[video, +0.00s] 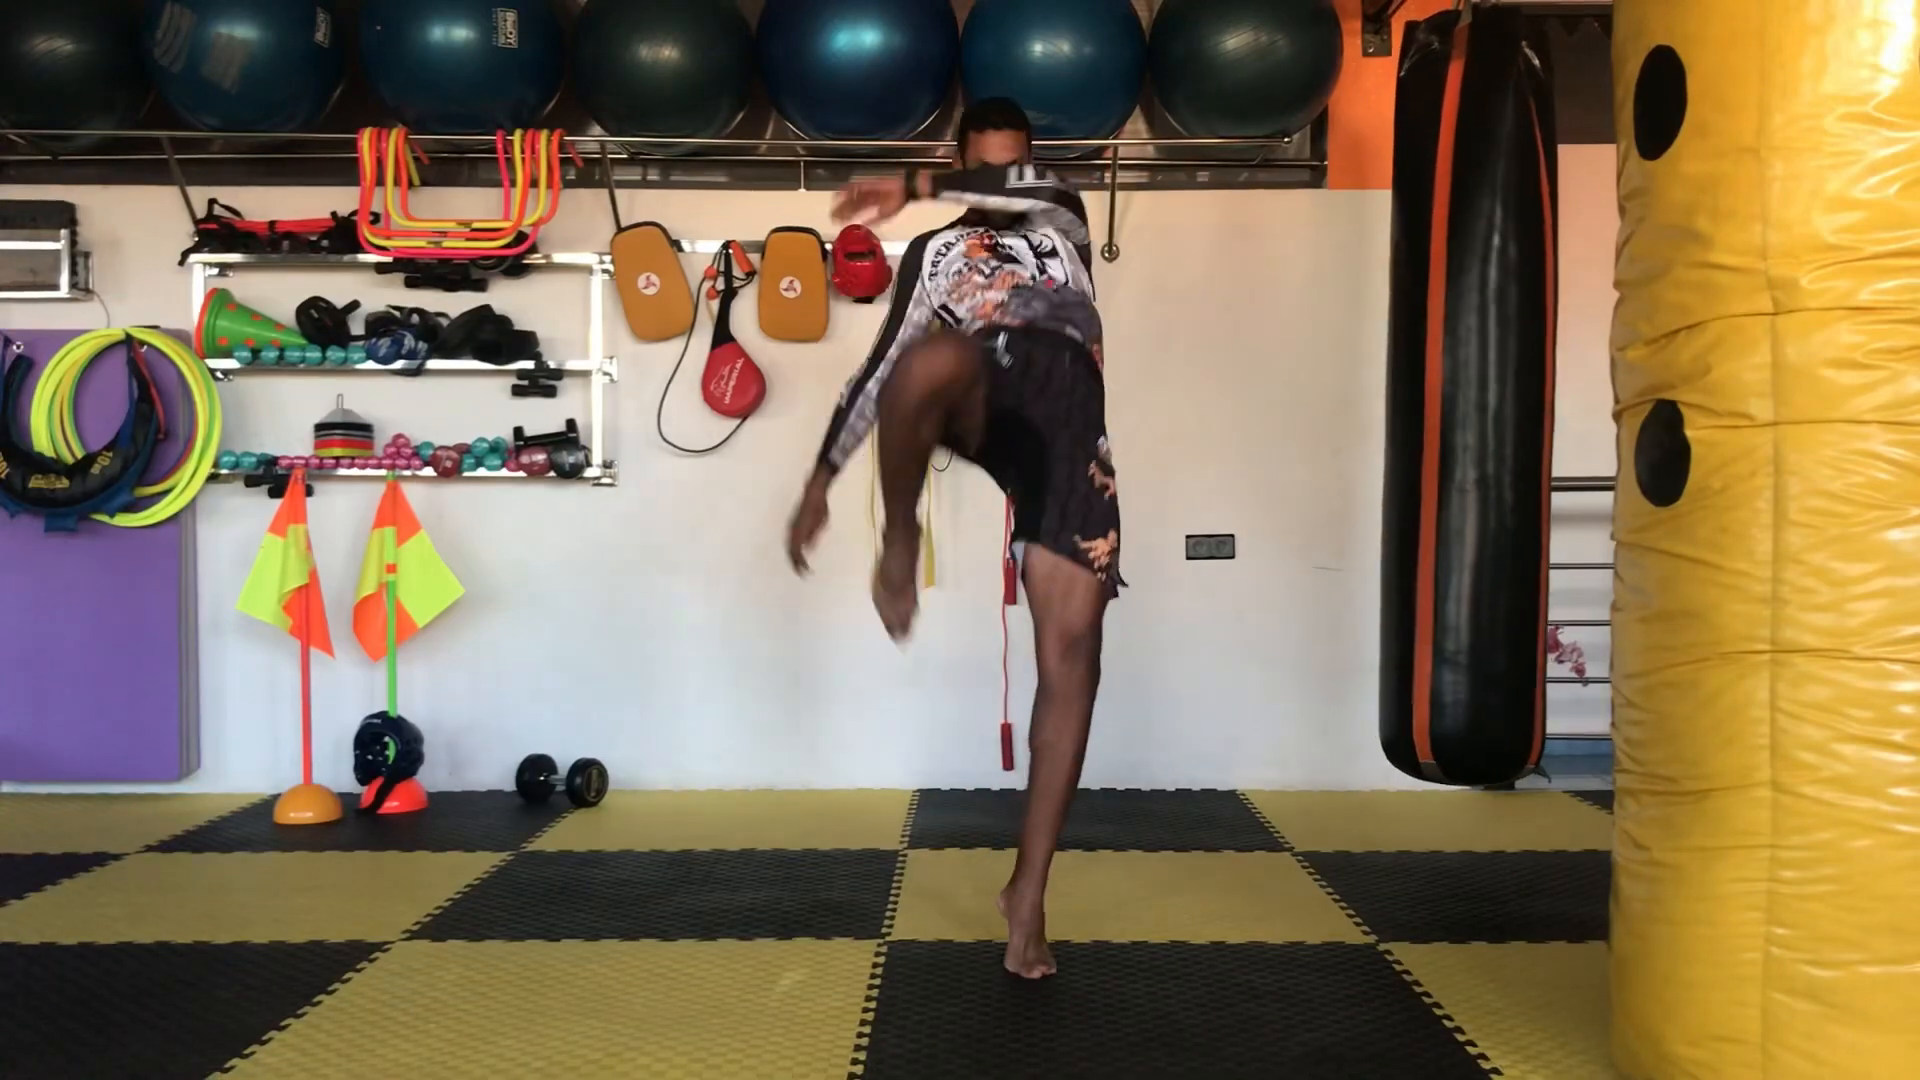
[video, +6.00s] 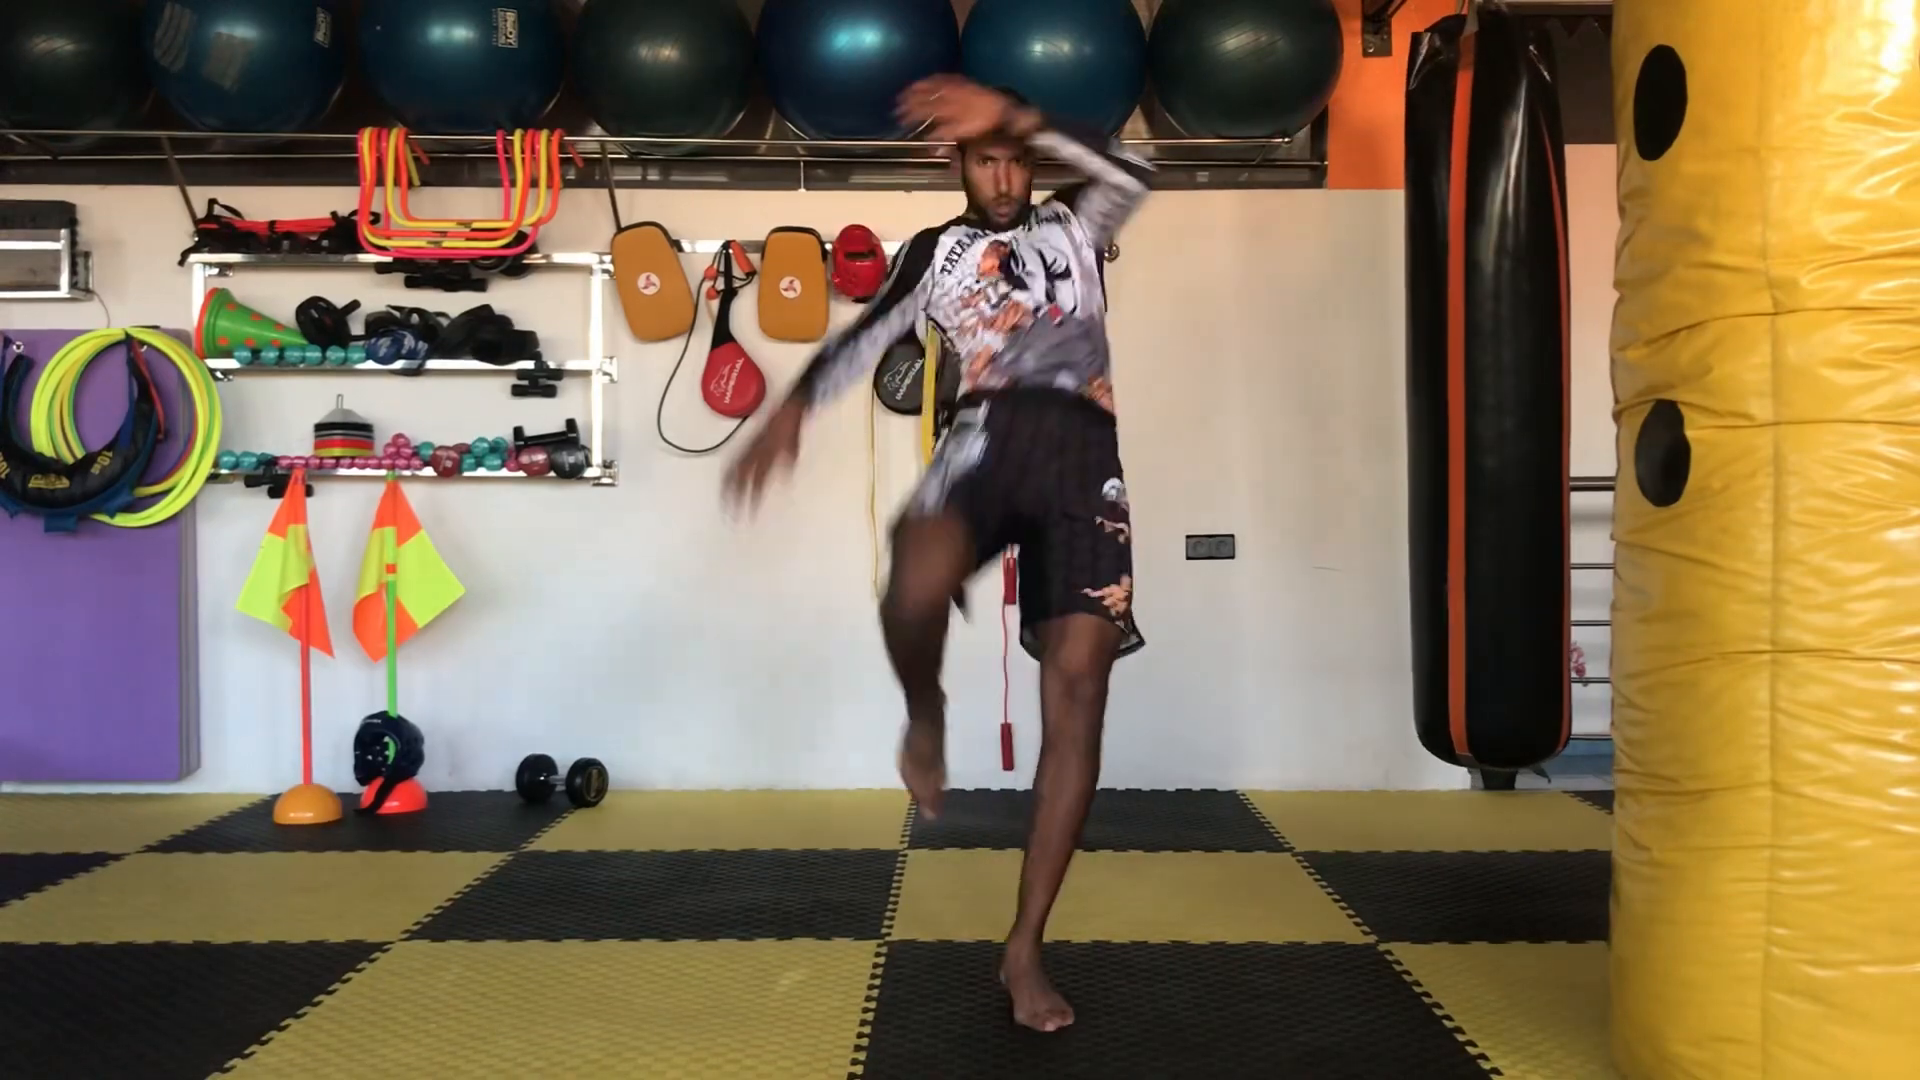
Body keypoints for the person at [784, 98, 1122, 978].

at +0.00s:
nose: (1002, 176)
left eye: (1016, 164)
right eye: (987, 166)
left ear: (1035, 164)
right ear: (962, 170)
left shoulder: (1062, 221)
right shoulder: (935, 250)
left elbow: (1027, 181)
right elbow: (880, 366)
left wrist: (914, 182)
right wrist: (818, 477)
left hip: (1064, 405)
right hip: (970, 391)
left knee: (1074, 657)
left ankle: (1029, 888)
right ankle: (900, 540)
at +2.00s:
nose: (1001, 216)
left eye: (1015, 204)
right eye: (987, 202)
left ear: (1038, 201)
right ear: (971, 201)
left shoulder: (1077, 265)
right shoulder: (952, 277)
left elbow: (1131, 360)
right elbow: (896, 387)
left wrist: (1076, 271)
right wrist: (935, 283)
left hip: (1060, 479)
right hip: (983, 482)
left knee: (1079, 666)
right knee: (981, 671)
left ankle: (1117, 860)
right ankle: (1022, 824)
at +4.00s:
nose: (963, 127)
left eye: (982, 114)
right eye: (953, 110)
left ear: (1011, 129)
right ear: (936, 121)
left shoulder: (1042, 226)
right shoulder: (920, 234)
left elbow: (1080, 374)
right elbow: (916, 346)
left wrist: (994, 314)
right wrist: (880, 383)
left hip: (1006, 462)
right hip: (927, 466)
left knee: (1028, 678)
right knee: (937, 685)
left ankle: (1085, 839)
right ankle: (959, 909)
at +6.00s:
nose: (997, 172)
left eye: (1009, 157)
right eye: (980, 157)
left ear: (1032, 165)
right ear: (957, 169)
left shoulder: (1077, 233)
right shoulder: (936, 252)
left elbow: (1126, 177)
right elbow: (865, 339)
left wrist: (1023, 119)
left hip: (1081, 454)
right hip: (982, 445)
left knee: (1077, 695)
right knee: (913, 594)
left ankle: (1027, 945)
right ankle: (924, 719)